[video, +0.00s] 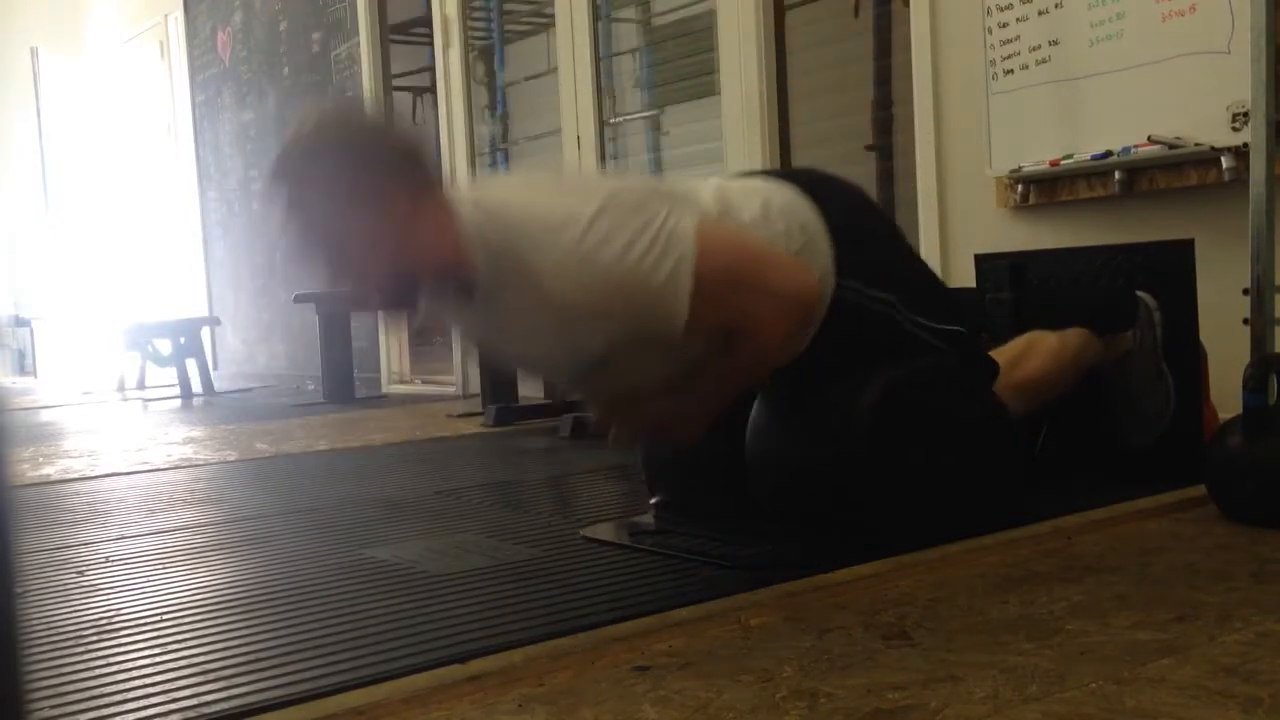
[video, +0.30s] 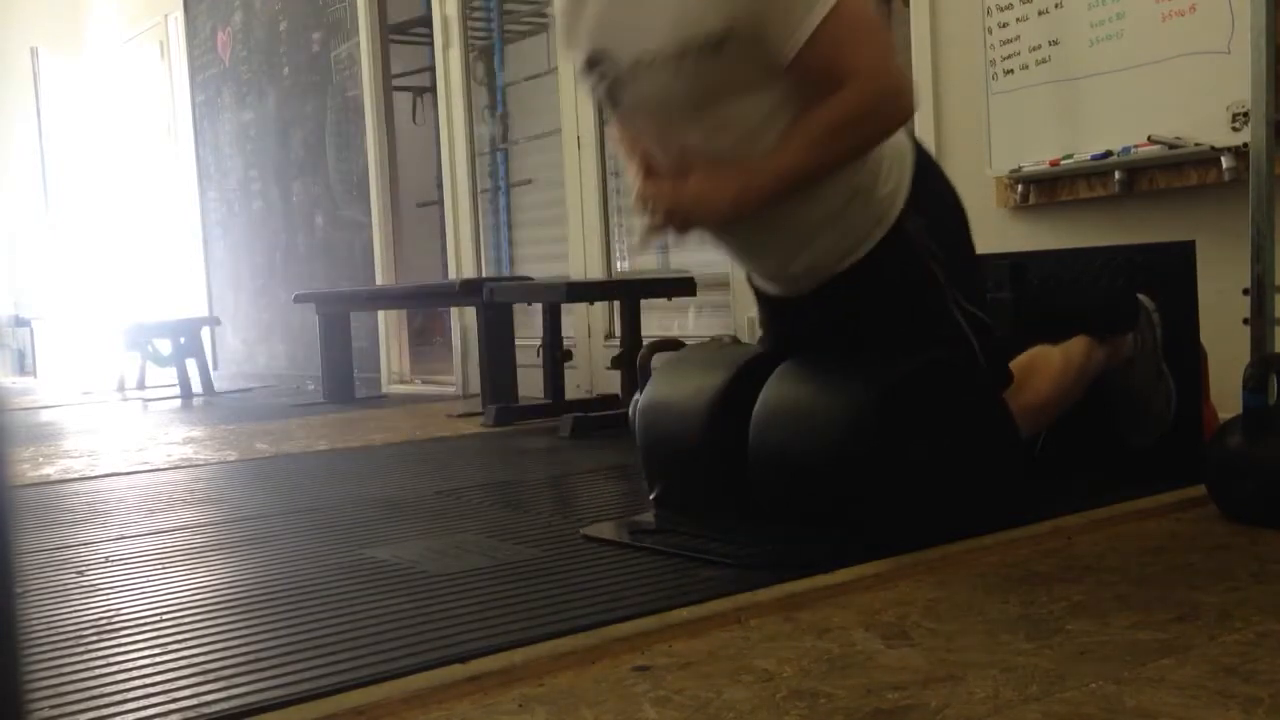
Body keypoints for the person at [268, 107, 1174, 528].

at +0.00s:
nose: (337, 277)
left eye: (337, 244)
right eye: (320, 257)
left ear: (399, 201)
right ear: (384, 214)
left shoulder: (554, 244)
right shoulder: (459, 263)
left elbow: (787, 296)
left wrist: (685, 400)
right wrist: (609, 391)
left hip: (821, 247)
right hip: (727, 285)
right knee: (700, 493)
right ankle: (957, 370)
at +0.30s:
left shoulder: (764, 3)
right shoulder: (574, 11)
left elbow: (882, 92)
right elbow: (633, 114)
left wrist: (741, 186)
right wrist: (655, 173)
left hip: (886, 235)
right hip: (784, 270)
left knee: (956, 441)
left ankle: (1104, 349)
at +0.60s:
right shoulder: (729, 3)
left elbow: (1002, 29)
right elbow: (729, 67)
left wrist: (843, 82)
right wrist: (729, 113)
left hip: (932, 208)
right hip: (814, 231)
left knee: (967, 444)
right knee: (841, 450)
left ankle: (1109, 346)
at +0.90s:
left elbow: (1046, 28)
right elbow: (776, 59)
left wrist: (890, 53)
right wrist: (777, 100)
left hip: (957, 201)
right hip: (838, 216)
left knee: (983, 438)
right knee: (853, 433)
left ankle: (1114, 349)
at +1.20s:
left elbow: (1041, 26)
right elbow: (773, 54)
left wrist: (886, 53)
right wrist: (771, 101)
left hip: (950, 200)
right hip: (830, 218)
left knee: (982, 434)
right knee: (853, 433)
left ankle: (1114, 349)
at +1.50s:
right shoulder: (720, 7)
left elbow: (987, 30)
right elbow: (717, 56)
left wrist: (832, 78)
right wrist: (717, 112)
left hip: (921, 205)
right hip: (806, 229)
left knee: (976, 432)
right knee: (845, 444)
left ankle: (1110, 347)